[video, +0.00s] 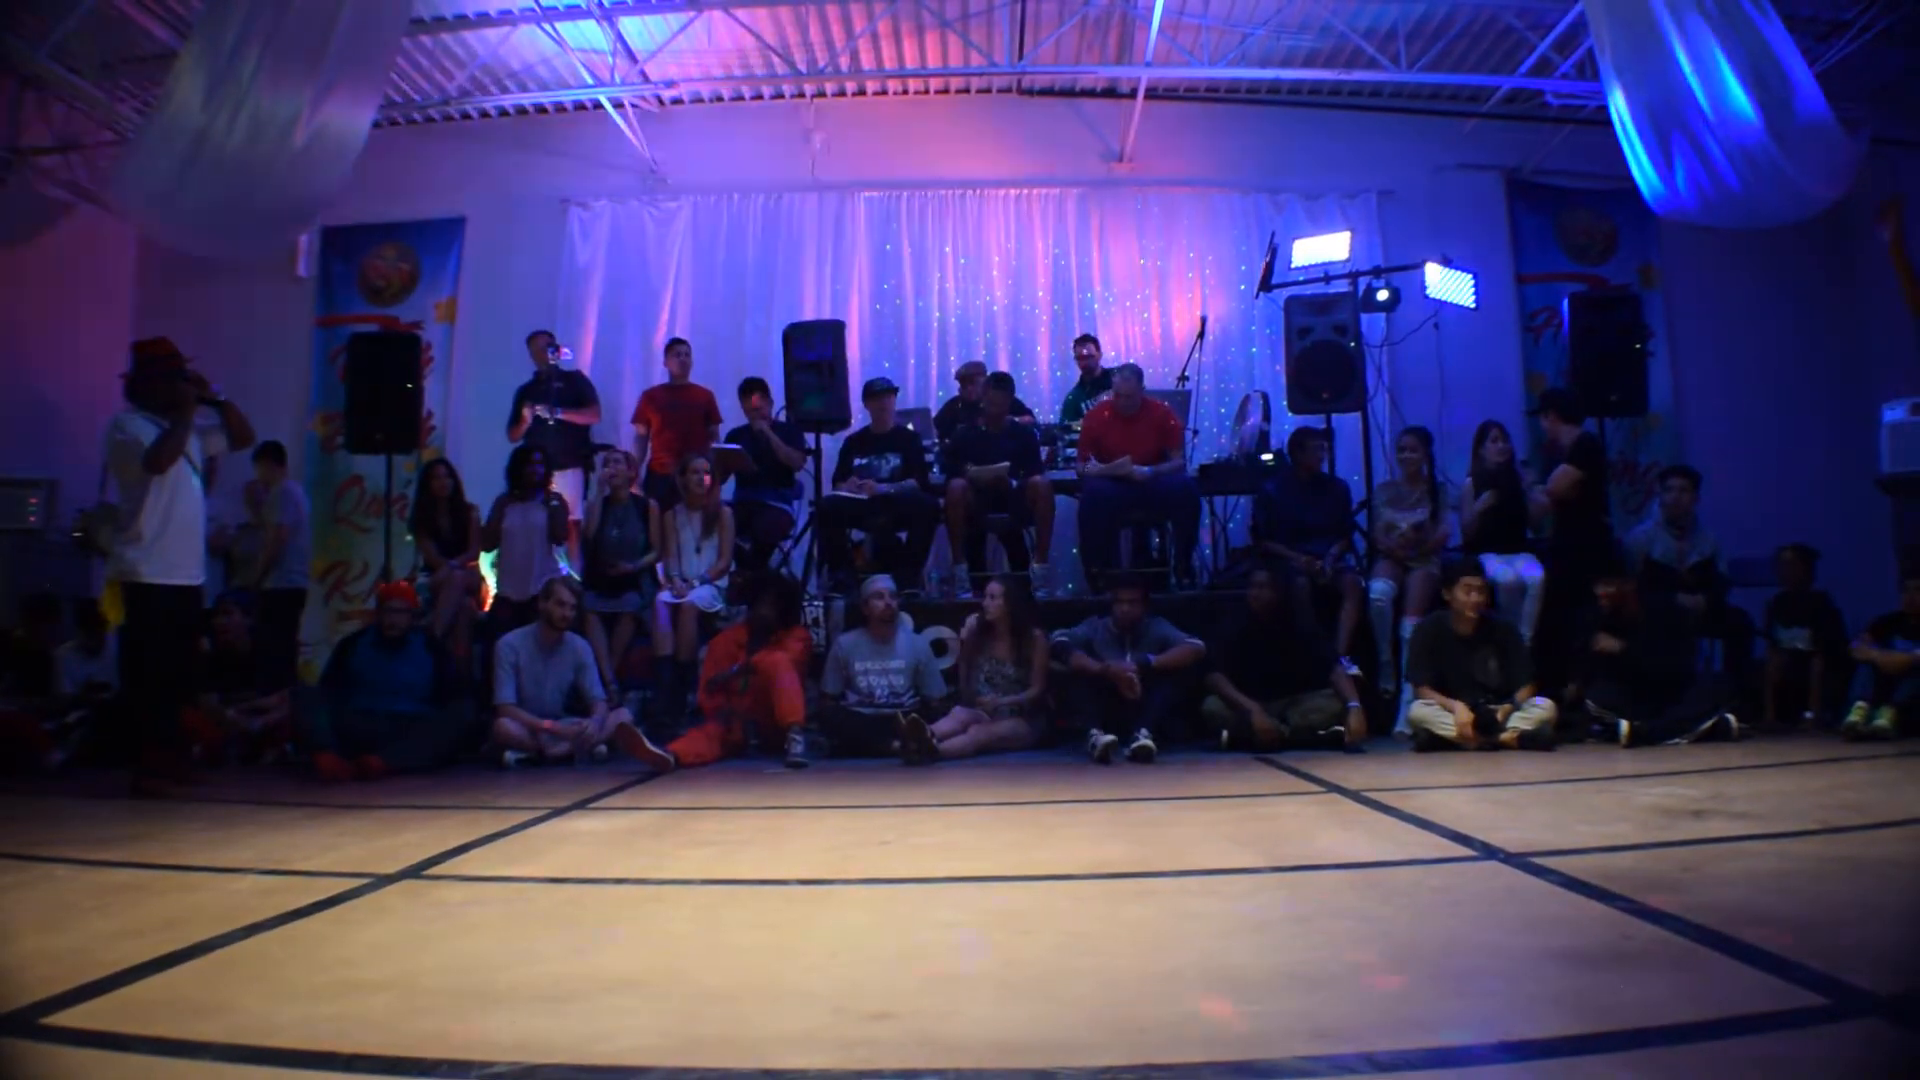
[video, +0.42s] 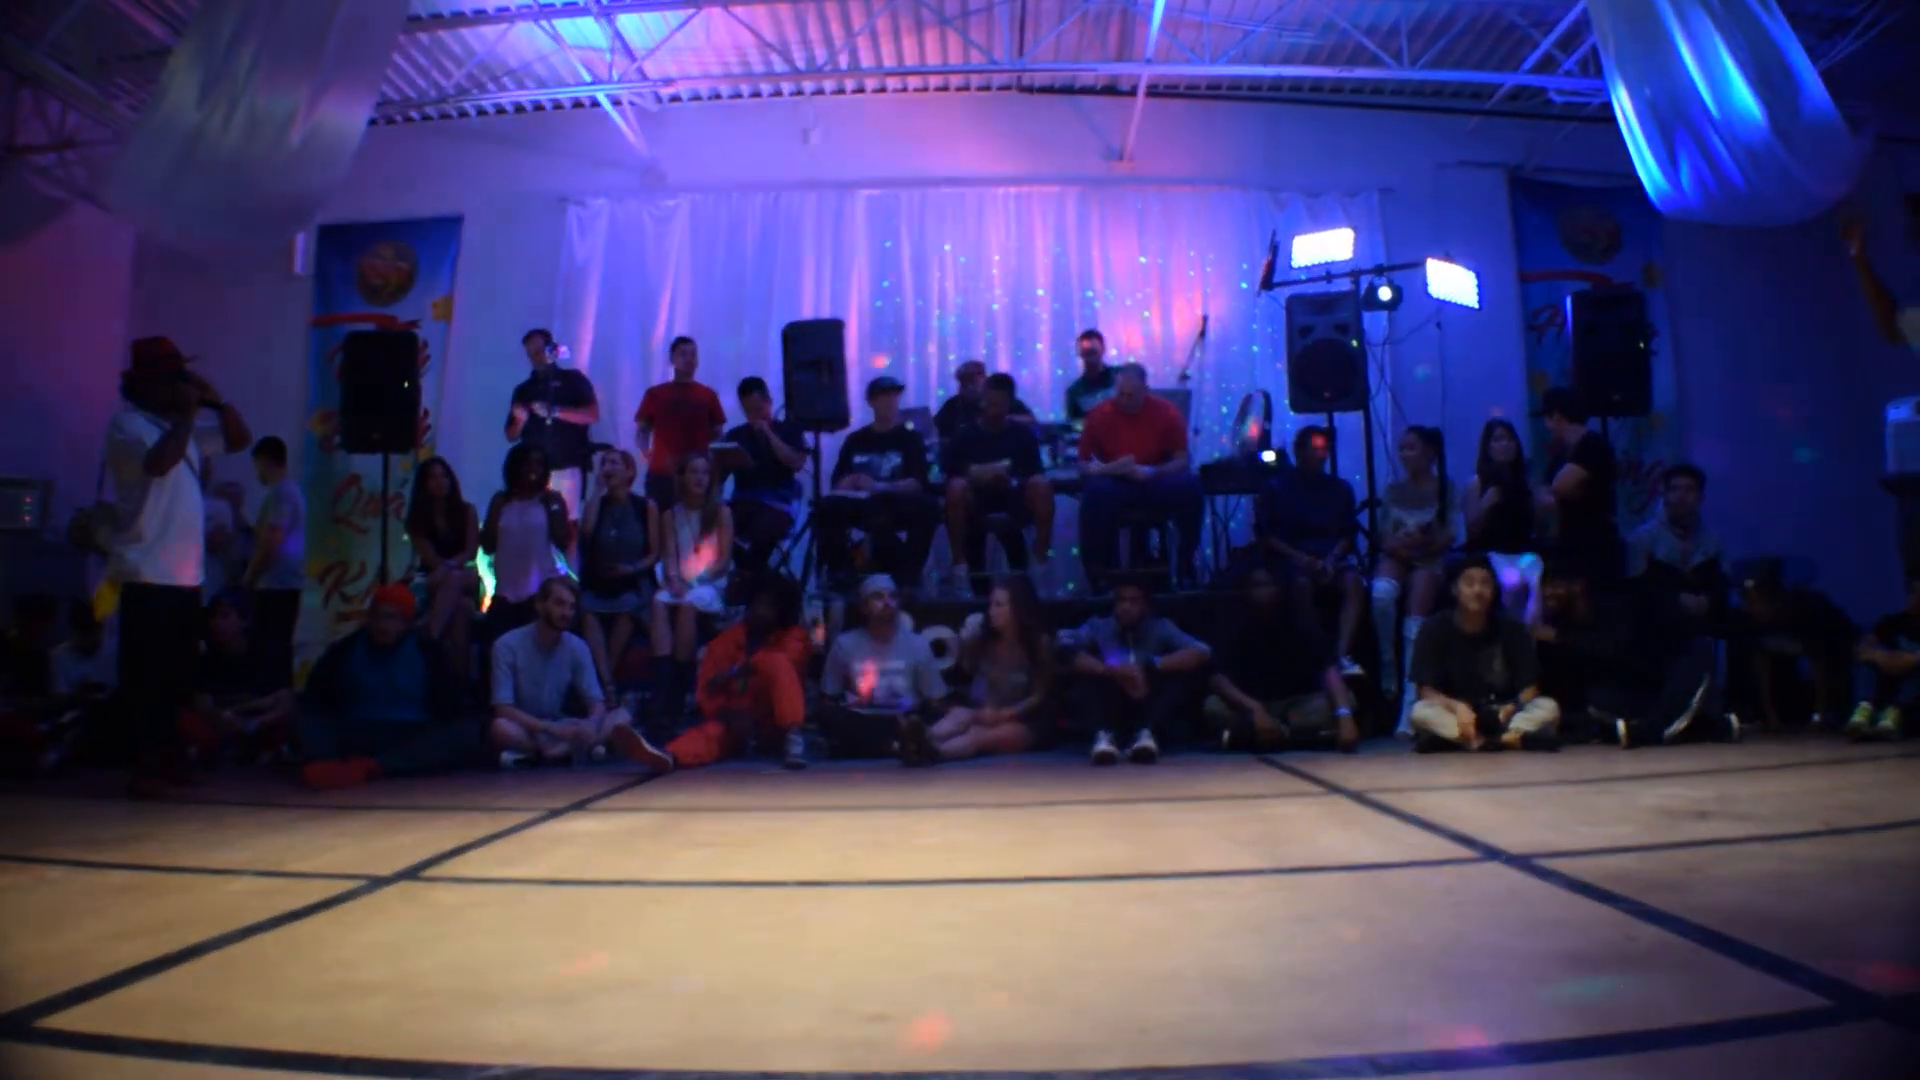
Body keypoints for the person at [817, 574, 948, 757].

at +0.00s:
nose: (888, 603)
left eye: (892, 597)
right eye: (879, 597)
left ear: (898, 602)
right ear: (865, 606)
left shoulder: (916, 645)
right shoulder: (845, 645)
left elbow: (936, 701)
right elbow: (829, 699)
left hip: (905, 715)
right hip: (860, 716)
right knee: (830, 717)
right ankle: (892, 745)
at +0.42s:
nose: (887, 603)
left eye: (891, 597)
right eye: (878, 598)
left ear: (898, 602)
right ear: (865, 606)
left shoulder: (916, 644)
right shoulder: (845, 645)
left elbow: (936, 701)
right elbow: (829, 699)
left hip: (908, 717)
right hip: (863, 717)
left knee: (964, 714)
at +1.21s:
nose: (887, 603)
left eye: (891, 596)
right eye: (878, 597)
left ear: (898, 602)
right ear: (865, 606)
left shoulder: (916, 644)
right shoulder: (844, 645)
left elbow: (935, 700)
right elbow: (830, 699)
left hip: (904, 715)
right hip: (860, 716)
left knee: (960, 714)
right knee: (833, 719)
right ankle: (894, 746)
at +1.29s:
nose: (887, 603)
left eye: (891, 596)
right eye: (878, 597)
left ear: (898, 602)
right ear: (865, 606)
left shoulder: (915, 644)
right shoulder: (845, 645)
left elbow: (936, 700)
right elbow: (828, 698)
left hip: (904, 716)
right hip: (860, 717)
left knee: (961, 714)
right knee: (832, 719)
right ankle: (894, 746)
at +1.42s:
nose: (885, 604)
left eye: (890, 597)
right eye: (877, 598)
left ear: (897, 603)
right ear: (864, 605)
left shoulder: (916, 645)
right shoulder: (844, 645)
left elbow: (936, 701)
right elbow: (828, 699)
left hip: (904, 717)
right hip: (859, 718)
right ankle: (895, 746)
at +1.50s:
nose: (885, 603)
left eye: (890, 596)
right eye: (877, 597)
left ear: (897, 602)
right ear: (864, 606)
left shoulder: (916, 645)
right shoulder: (844, 645)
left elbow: (937, 700)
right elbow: (828, 699)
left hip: (905, 718)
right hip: (861, 719)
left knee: (964, 715)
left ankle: (923, 740)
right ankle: (896, 746)